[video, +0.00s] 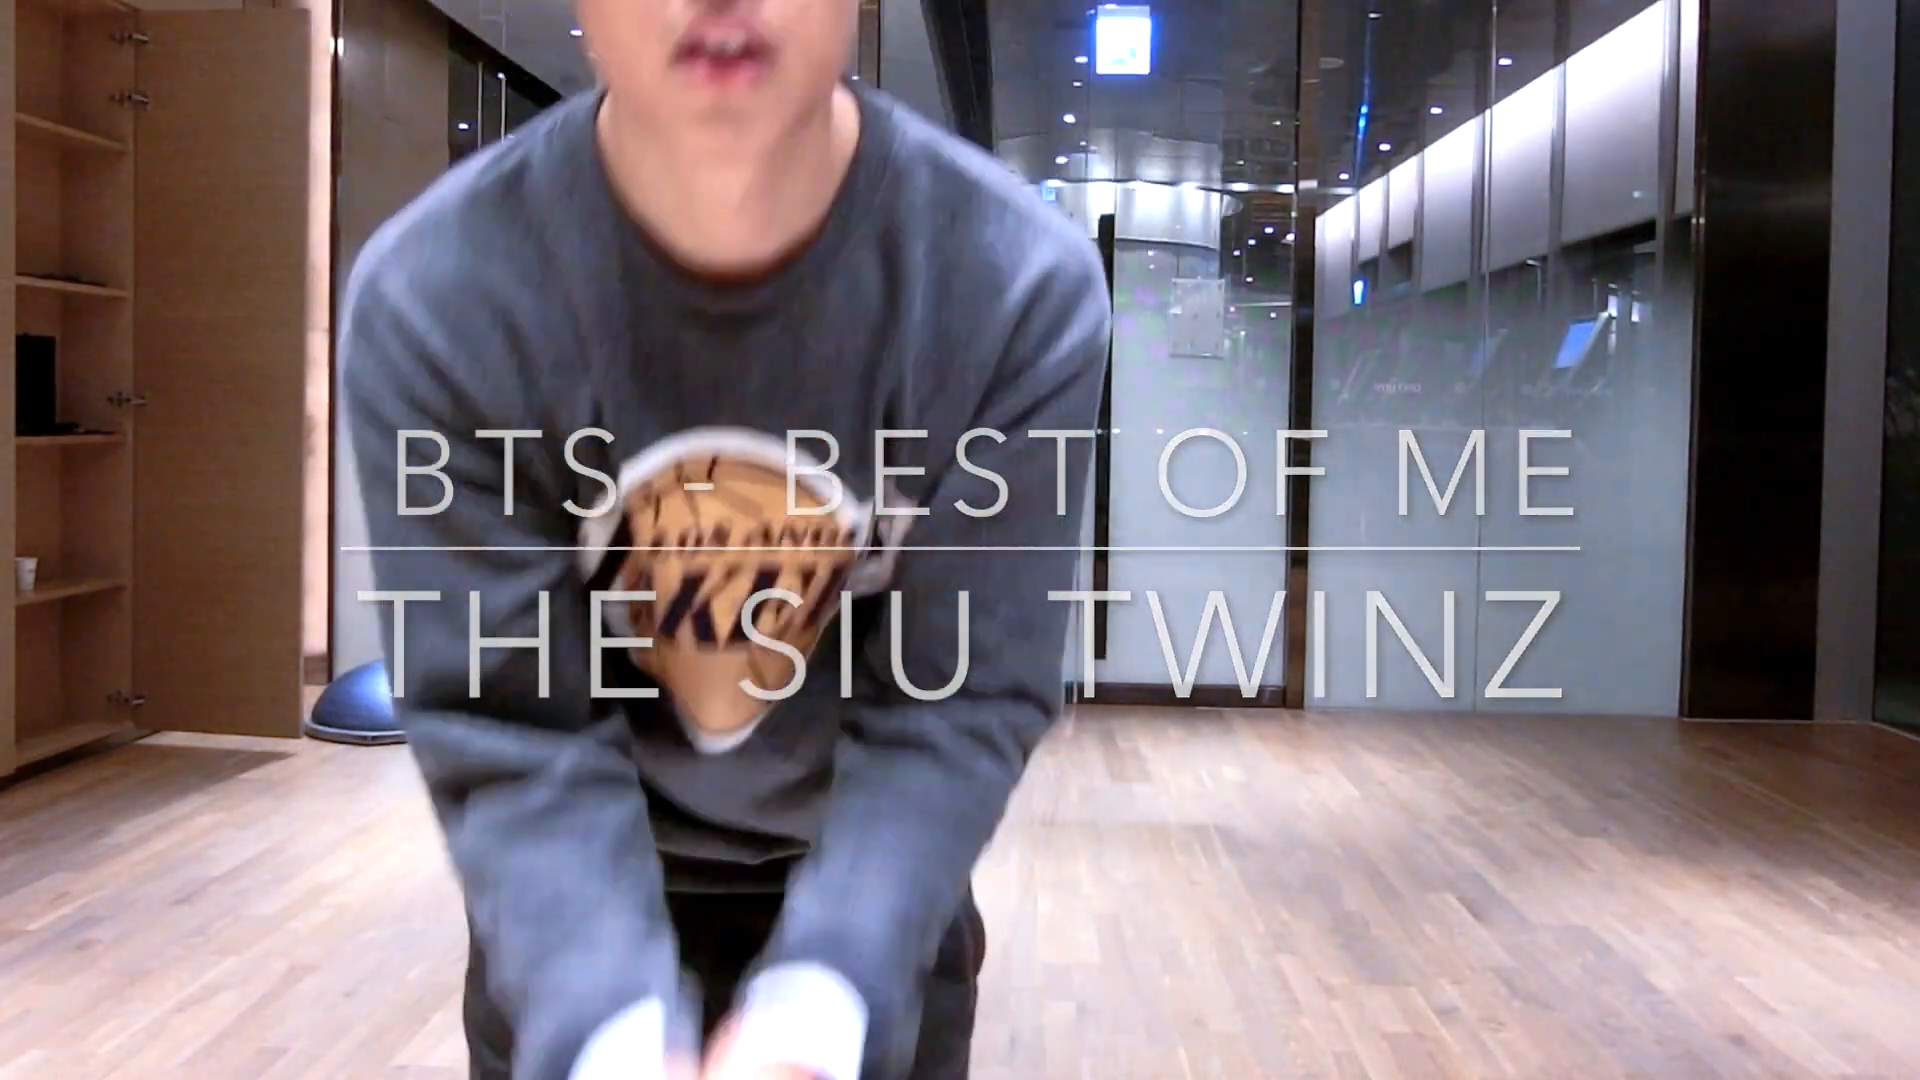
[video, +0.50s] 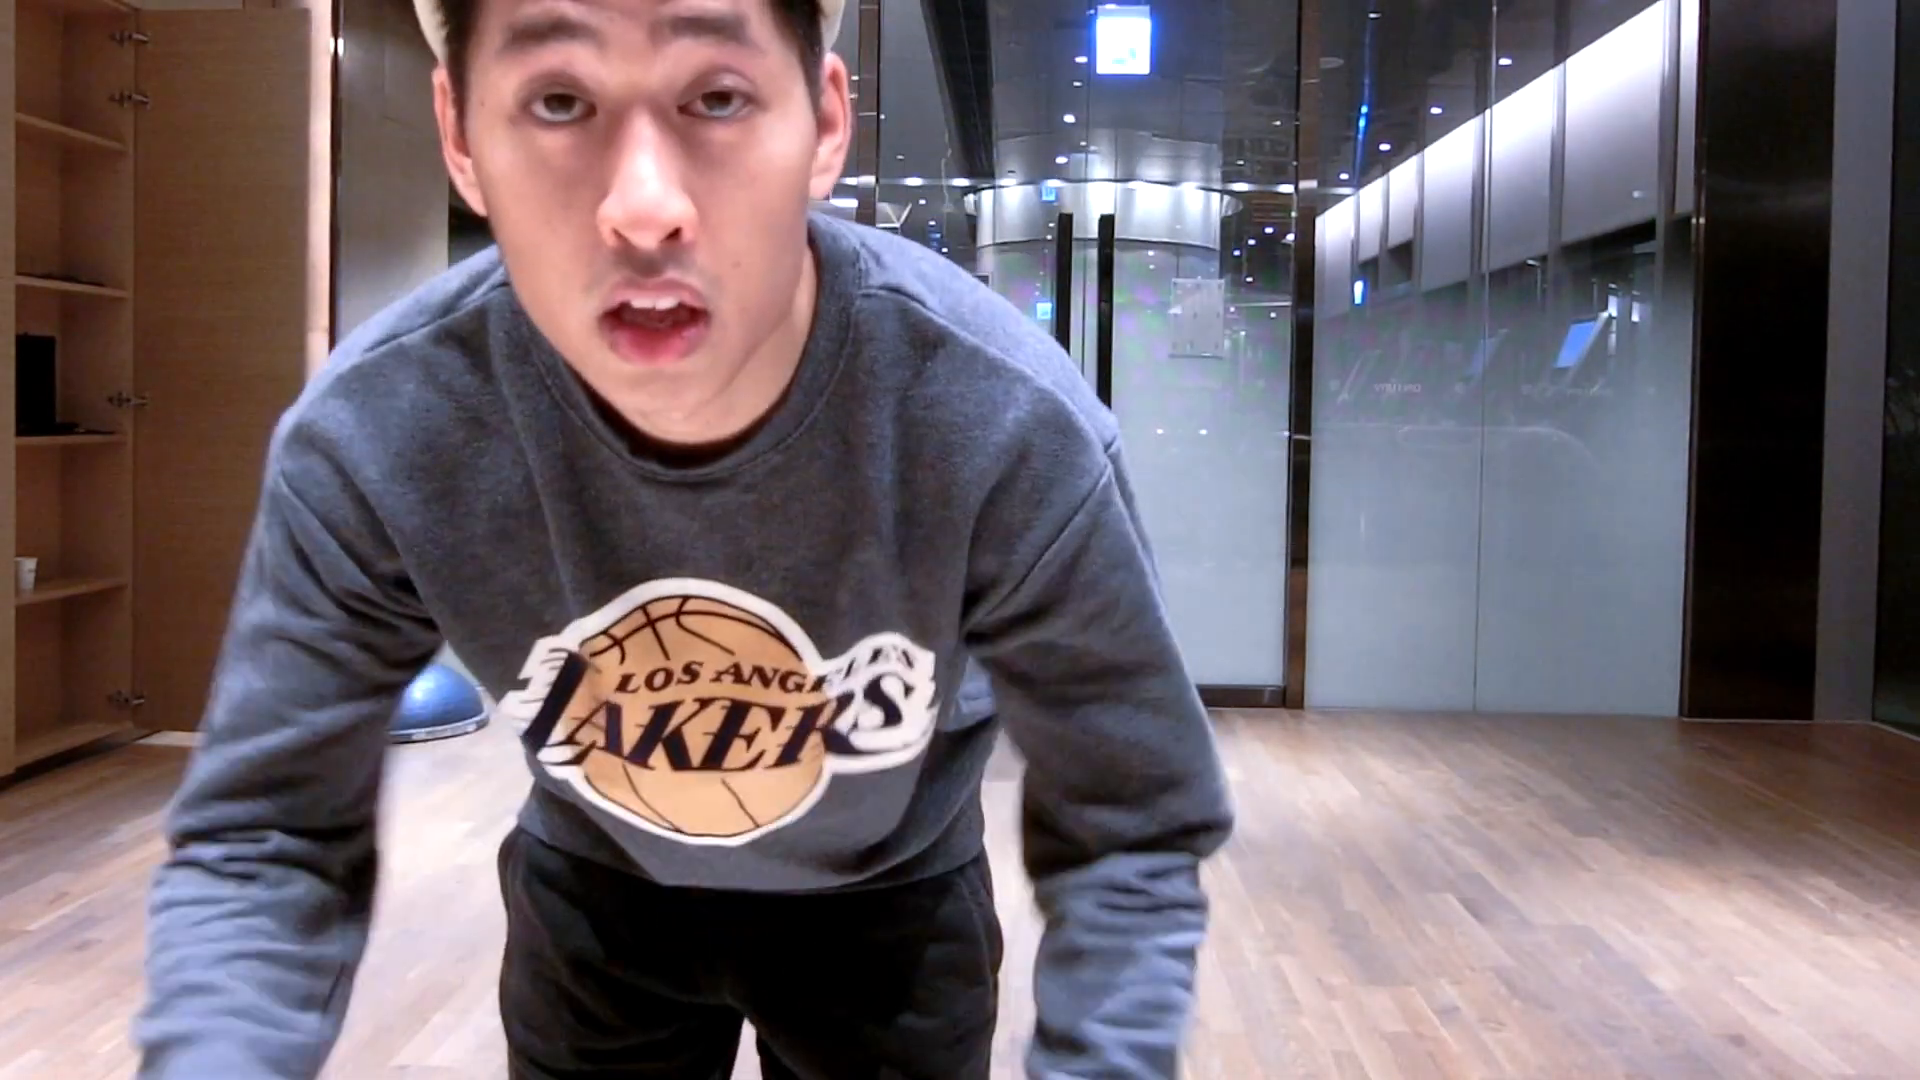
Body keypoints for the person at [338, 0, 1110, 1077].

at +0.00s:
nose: (716, 0)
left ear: (857, 4)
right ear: (579, 12)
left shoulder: (1018, 285)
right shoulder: (436, 292)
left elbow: (959, 707)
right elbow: (516, 742)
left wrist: (817, 999)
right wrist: (613, 1035)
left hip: (872, 859)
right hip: (583, 859)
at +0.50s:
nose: (645, 210)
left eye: (716, 101)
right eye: (562, 105)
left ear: (827, 125)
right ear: (463, 146)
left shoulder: (1005, 426)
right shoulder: (370, 445)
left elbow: (1131, 841)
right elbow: (259, 847)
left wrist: (1094, 1068)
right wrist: (216, 1065)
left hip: (888, 884)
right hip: (605, 880)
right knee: (587, 1072)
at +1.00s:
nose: (674, 538)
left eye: (739, 410)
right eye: (577, 422)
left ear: (847, 376)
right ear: (472, 404)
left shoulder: (1002, 611)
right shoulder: (384, 629)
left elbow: (907, 1051)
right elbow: (483, 1038)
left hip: (855, 947)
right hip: (595, 948)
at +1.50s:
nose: (549, 315)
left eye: (596, 188)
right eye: (446, 234)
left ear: (736, 182)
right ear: (386, 289)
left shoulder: (993, 520)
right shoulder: (367, 587)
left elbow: (882, 981)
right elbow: (436, 963)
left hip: (846, 926)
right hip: (586, 926)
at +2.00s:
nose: (532, 323)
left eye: (563, 192)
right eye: (418, 244)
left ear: (688, 174)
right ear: (341, 294)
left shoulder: (936, 501)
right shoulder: (336, 548)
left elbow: (885, 985)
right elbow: (433, 931)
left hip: (833, 917)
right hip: (566, 917)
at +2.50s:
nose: (495, 443)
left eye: (527, 304)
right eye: (379, 364)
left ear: (652, 256)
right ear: (303, 389)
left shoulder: (906, 541)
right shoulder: (309, 592)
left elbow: (817, 966)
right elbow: (482, 998)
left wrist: (770, 1061)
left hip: (836, 918)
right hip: (562, 944)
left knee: (861, 1060)